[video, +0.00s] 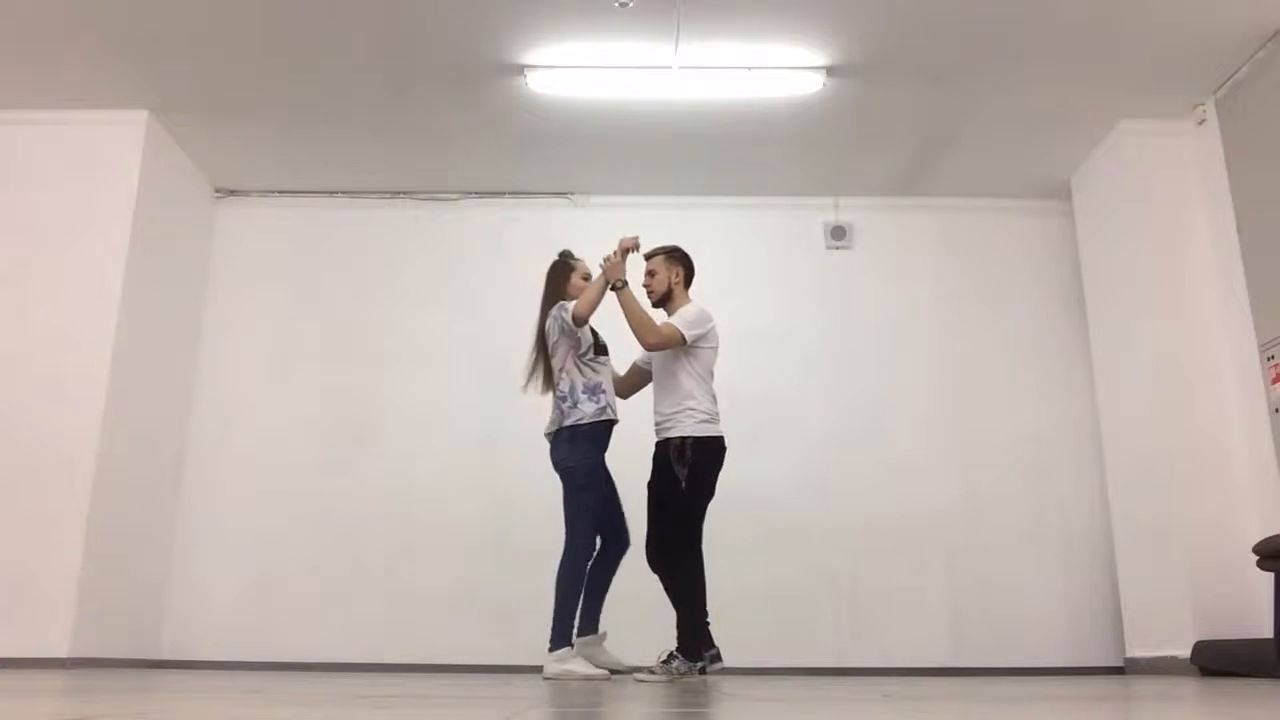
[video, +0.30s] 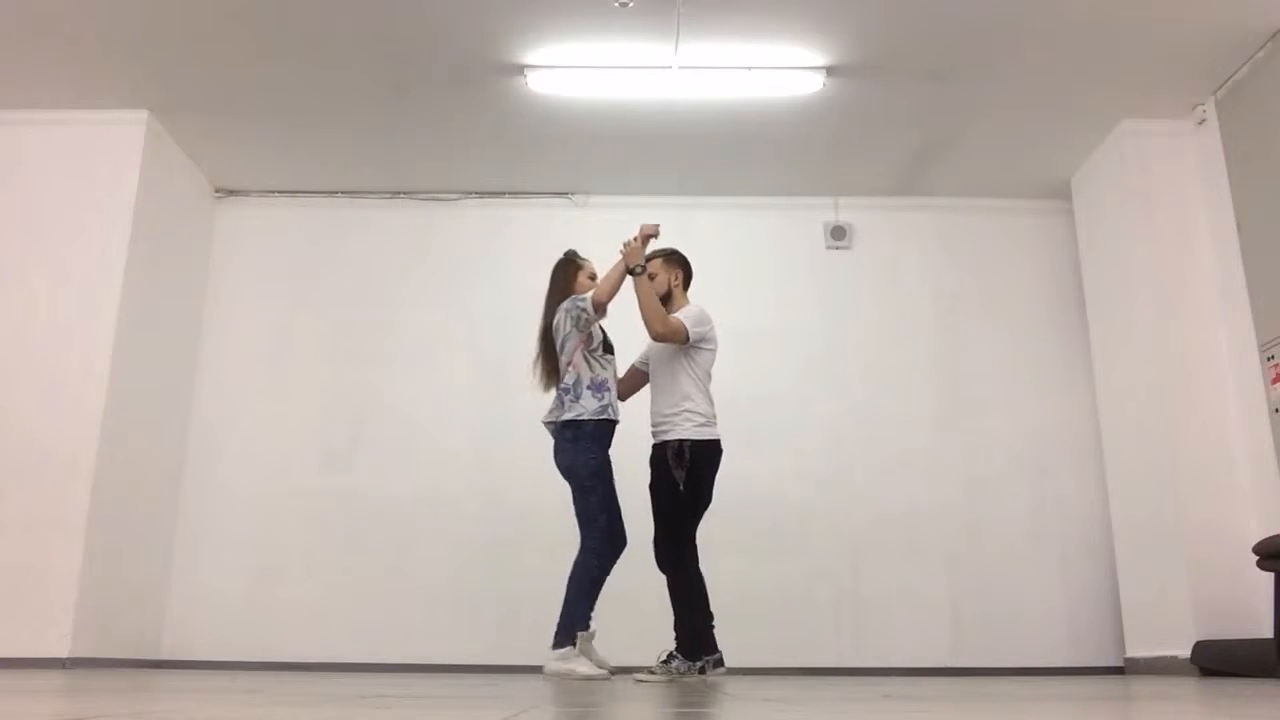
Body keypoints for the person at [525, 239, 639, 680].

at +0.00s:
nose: (592, 282)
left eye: (591, 277)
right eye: (583, 276)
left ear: (582, 284)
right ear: (562, 283)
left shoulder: (586, 333)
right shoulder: (559, 317)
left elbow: (621, 387)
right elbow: (582, 311)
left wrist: (661, 356)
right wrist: (612, 267)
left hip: (589, 440)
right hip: (576, 440)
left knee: (616, 540)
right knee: (579, 544)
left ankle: (587, 640)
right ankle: (559, 652)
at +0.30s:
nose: (597, 282)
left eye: (597, 276)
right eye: (588, 277)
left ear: (585, 281)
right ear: (566, 282)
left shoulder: (583, 320)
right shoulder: (570, 312)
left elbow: (613, 390)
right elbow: (601, 296)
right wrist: (633, 254)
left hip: (591, 432)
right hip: (579, 434)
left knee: (612, 538)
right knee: (599, 541)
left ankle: (579, 638)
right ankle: (563, 650)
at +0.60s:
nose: (602, 282)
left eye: (601, 275)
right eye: (594, 275)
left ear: (587, 281)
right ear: (574, 278)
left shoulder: (582, 317)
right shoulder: (575, 312)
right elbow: (614, 288)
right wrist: (648, 246)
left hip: (578, 441)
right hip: (572, 442)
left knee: (592, 543)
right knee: (595, 542)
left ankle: (566, 645)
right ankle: (562, 649)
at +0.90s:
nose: (605, 280)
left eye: (603, 275)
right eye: (598, 274)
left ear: (577, 279)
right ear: (582, 278)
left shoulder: (582, 319)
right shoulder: (579, 309)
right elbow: (616, 286)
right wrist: (644, 244)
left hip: (571, 442)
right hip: (581, 442)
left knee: (569, 545)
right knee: (594, 549)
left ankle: (515, 635)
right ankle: (563, 651)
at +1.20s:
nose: (600, 285)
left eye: (600, 280)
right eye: (592, 278)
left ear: (578, 286)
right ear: (575, 283)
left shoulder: (592, 338)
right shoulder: (565, 320)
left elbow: (625, 390)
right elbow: (596, 309)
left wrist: (664, 360)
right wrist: (614, 266)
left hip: (579, 446)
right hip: (571, 445)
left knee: (592, 546)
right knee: (596, 546)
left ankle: (535, 623)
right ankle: (563, 652)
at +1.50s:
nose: (587, 291)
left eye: (588, 286)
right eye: (579, 285)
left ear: (585, 293)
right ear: (559, 290)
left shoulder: (589, 336)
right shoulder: (546, 333)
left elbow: (621, 367)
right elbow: (547, 383)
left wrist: (600, 350)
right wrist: (563, 341)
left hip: (588, 444)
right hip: (563, 442)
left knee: (582, 546)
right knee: (573, 545)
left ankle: (562, 648)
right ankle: (558, 650)